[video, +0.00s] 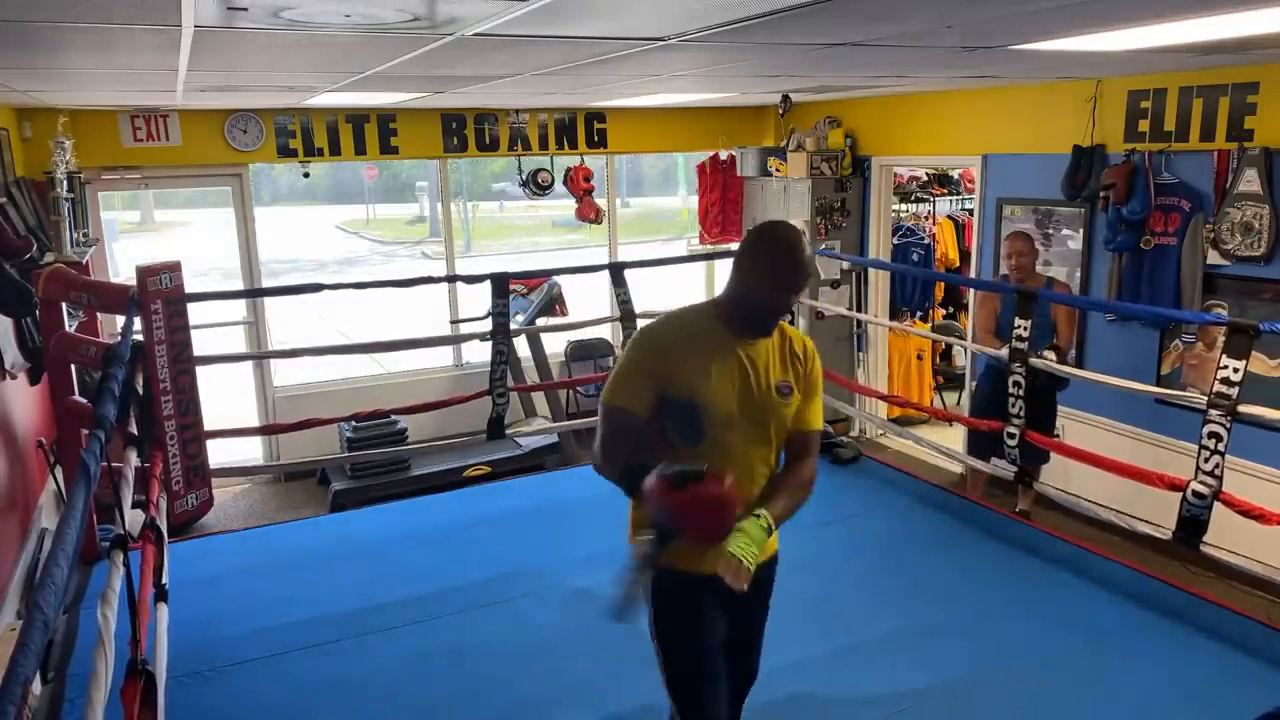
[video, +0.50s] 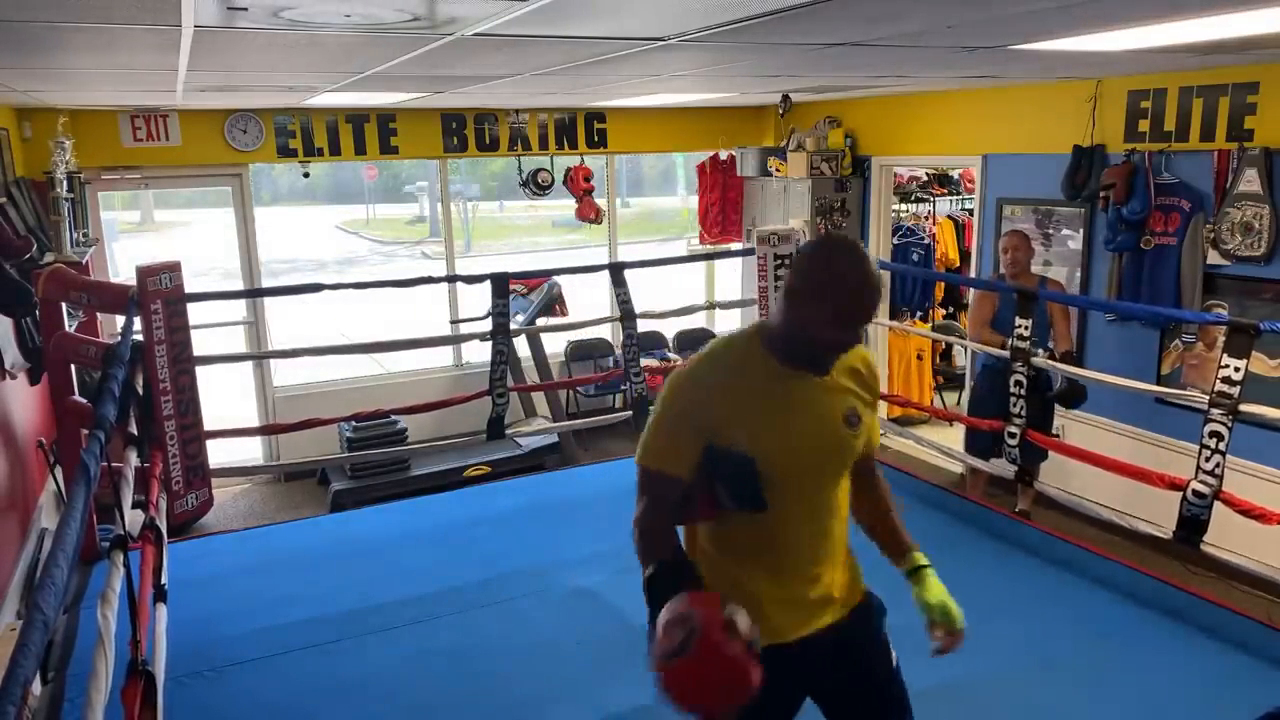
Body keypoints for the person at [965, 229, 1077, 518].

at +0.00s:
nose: (1013, 262)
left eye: (1019, 255)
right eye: (1008, 256)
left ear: (1035, 255)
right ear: (1002, 258)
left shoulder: (1058, 290)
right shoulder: (991, 289)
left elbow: (1064, 340)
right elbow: (982, 335)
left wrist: (1050, 355)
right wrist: (1008, 352)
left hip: (1038, 385)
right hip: (995, 380)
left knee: (1032, 454)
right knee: (981, 449)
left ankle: (1022, 515)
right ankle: (972, 508)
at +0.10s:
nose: (1011, 260)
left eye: (1017, 254)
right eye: (1006, 254)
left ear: (1033, 255)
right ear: (1000, 257)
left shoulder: (1056, 290)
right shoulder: (990, 288)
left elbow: (1064, 340)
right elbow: (978, 334)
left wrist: (1053, 357)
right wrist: (1005, 351)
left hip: (1037, 384)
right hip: (994, 380)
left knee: (1032, 452)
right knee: (981, 447)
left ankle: (1022, 513)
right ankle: (972, 506)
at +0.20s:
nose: (1010, 259)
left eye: (1017, 252)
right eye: (1005, 253)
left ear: (1032, 254)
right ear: (1000, 256)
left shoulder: (1054, 290)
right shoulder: (991, 287)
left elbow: (1063, 335)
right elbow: (976, 332)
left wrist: (1062, 362)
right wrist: (1006, 351)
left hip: (1035, 383)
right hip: (994, 379)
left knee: (1031, 452)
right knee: (981, 449)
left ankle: (1022, 514)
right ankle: (972, 508)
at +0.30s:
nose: (1010, 258)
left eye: (1017, 251)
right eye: (1005, 252)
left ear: (1032, 253)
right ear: (999, 256)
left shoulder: (1053, 290)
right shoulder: (990, 288)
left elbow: (1063, 335)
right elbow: (976, 334)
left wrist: (1061, 361)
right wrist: (1012, 353)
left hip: (1035, 382)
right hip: (993, 378)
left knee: (1031, 451)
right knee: (981, 448)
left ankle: (1022, 513)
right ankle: (972, 508)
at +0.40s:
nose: (1010, 257)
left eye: (1016, 251)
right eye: (1005, 252)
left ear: (1032, 253)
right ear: (999, 256)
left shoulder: (1053, 290)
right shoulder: (990, 288)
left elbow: (1062, 337)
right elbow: (978, 335)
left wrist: (1064, 363)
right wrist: (1014, 351)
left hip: (1035, 382)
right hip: (993, 378)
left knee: (1031, 450)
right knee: (981, 447)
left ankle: (1022, 514)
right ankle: (972, 509)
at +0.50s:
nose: (1010, 256)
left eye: (1016, 250)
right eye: (1005, 251)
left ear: (1031, 253)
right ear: (999, 255)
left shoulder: (1051, 289)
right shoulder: (990, 287)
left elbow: (1061, 331)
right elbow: (976, 332)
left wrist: (1065, 359)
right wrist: (1013, 346)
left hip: (1036, 380)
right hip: (994, 377)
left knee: (1031, 449)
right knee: (981, 445)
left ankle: (1022, 513)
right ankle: (972, 508)